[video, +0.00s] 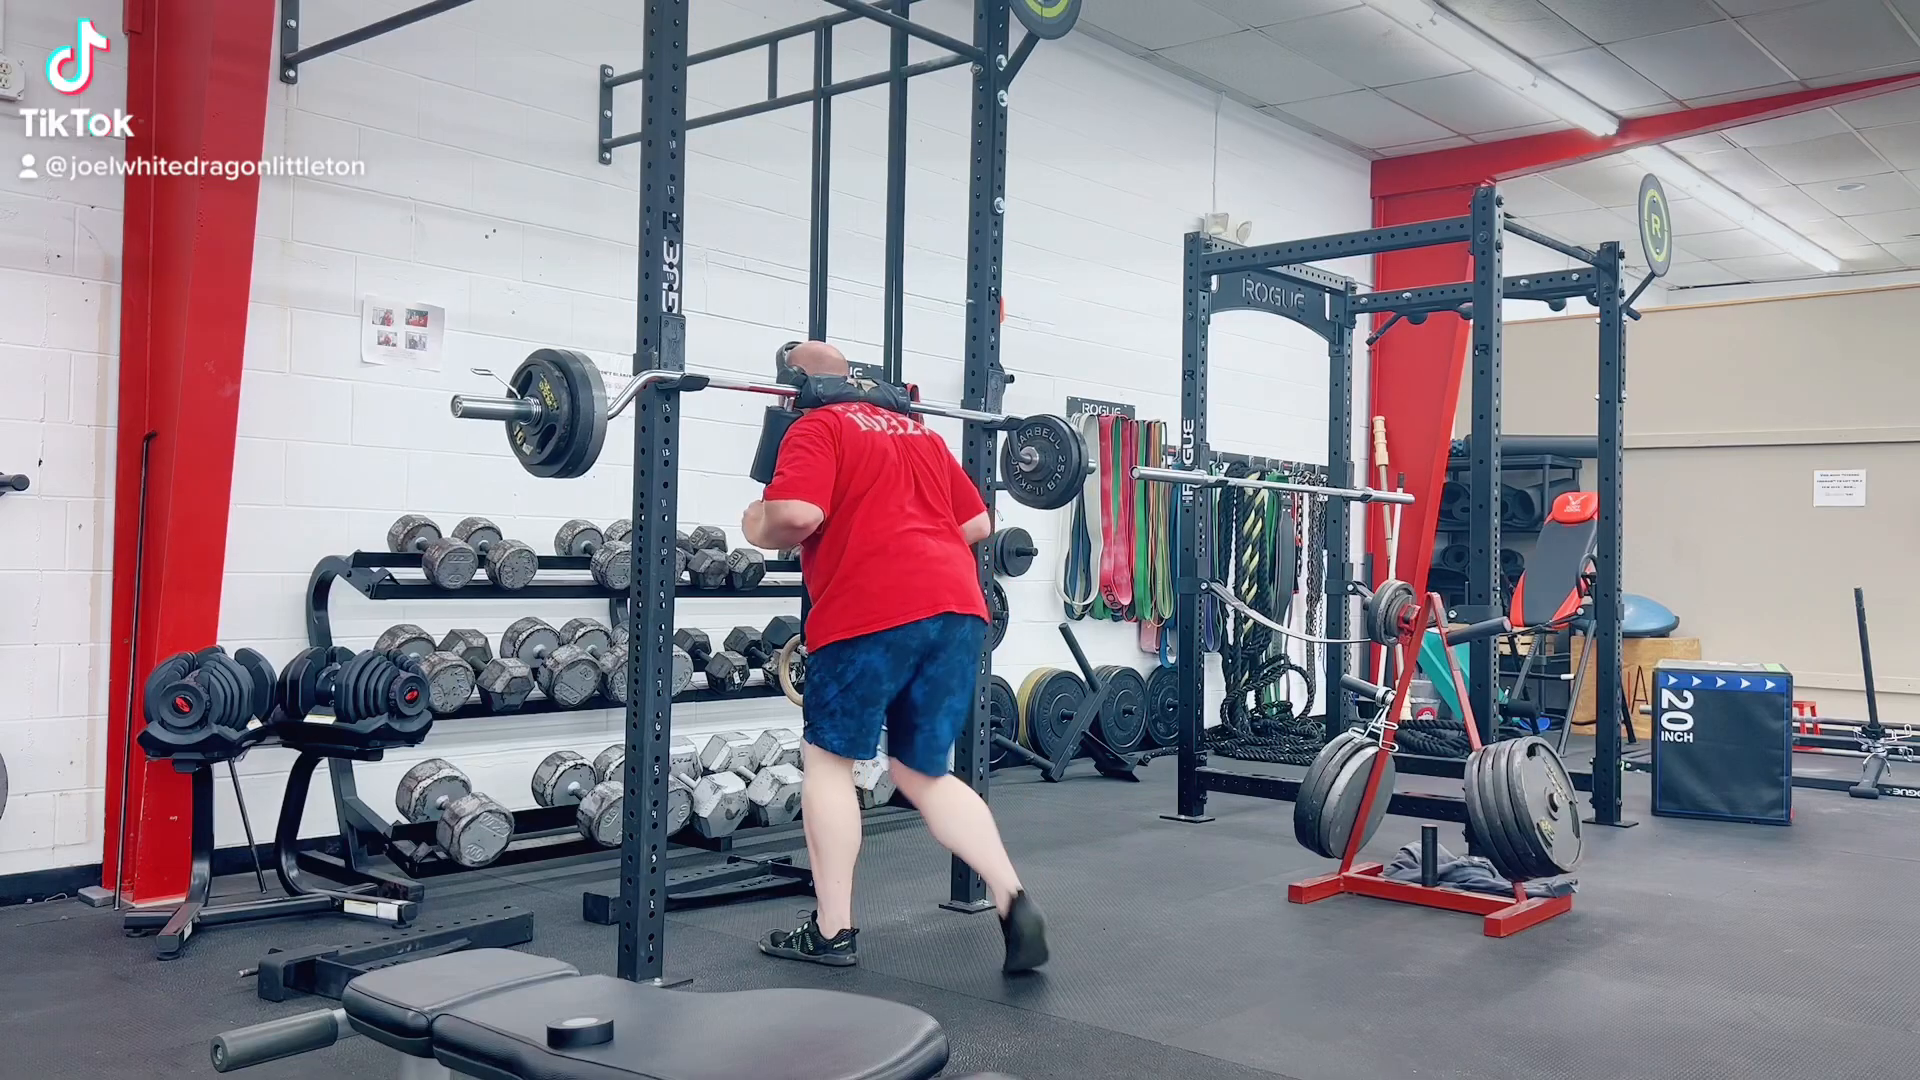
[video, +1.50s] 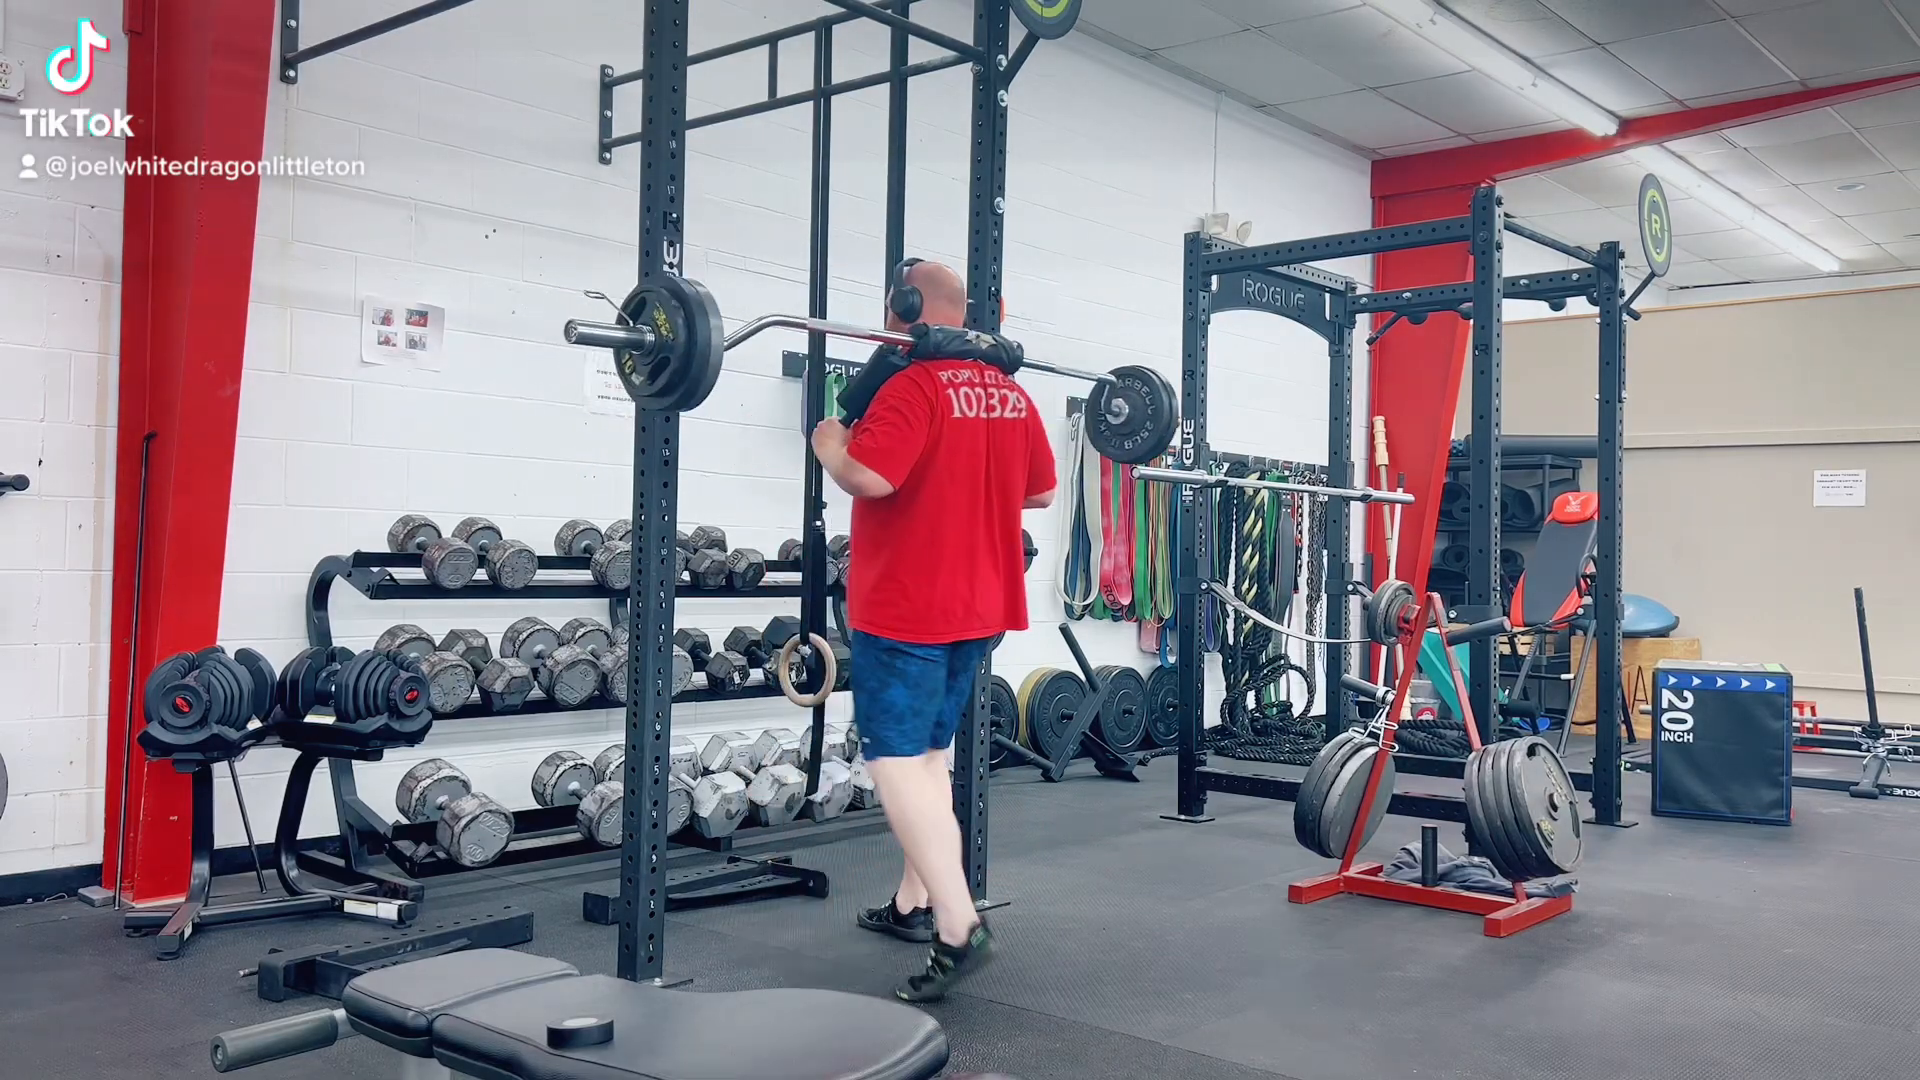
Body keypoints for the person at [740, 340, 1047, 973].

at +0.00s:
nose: (784, 397)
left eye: (785, 388)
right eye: (785, 386)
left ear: (799, 390)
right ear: (851, 378)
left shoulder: (816, 427)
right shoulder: (918, 431)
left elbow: (801, 514)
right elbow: (978, 522)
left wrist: (760, 526)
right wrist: (911, 544)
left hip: (870, 608)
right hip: (959, 606)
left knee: (830, 759)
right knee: (920, 769)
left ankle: (833, 929)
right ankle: (1012, 896)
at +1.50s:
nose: (887, 322)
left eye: (889, 312)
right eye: (891, 309)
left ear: (905, 318)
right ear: (965, 317)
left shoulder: (914, 383)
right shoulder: (1009, 390)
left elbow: (872, 477)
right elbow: (1041, 487)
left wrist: (830, 444)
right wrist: (967, 480)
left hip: (907, 605)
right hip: (977, 603)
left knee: (894, 759)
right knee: (931, 756)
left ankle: (962, 924)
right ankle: (912, 901)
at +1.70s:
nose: (934, 317)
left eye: (936, 304)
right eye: (935, 304)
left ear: (957, 301)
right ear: (1010, 296)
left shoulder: (975, 365)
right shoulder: (1073, 377)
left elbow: (939, 459)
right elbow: (1112, 482)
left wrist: (890, 445)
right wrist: (1034, 489)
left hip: (974, 602)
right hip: (1045, 602)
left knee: (964, 768)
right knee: (997, 752)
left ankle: (987, 971)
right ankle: (1030, 920)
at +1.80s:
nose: (972, 310)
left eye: (975, 297)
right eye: (974, 297)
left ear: (998, 294)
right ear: (1050, 291)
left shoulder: (1014, 361)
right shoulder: (1112, 374)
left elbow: (974, 460)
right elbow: (1148, 483)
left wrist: (919, 433)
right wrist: (1067, 494)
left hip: (1003, 607)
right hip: (1085, 607)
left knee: (984, 775)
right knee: (1067, 763)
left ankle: (989, 971)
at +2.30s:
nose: (1051, 296)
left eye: (1053, 283)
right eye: (1051, 284)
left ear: (1075, 277)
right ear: (1133, 270)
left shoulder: (1097, 341)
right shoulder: (1207, 353)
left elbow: (1064, 444)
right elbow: (1242, 467)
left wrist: (1001, 428)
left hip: (1115, 604)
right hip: (1200, 600)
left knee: (1113, 797)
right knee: (1174, 778)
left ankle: (1109, 1013)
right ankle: (1186, 960)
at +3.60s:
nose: (1078, 358)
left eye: (1083, 345)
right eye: (1082, 344)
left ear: (1103, 352)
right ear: (1167, 352)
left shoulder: (1112, 429)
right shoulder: (1223, 430)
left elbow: (1015, 526)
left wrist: (994, 471)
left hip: (1142, 667)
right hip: (1243, 669)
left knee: (1034, 799)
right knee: (1176, 792)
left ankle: (1091, 1007)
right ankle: (1215, 974)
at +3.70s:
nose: (1067, 436)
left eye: (1072, 422)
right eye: (1070, 423)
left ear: (1092, 429)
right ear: (1158, 430)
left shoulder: (1108, 504)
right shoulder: (1212, 497)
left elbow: (1006, 597)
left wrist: (990, 540)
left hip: (1160, 728)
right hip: (1261, 730)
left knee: (1014, 810)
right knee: (1172, 808)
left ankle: (1090, 1009)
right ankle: (1214, 975)